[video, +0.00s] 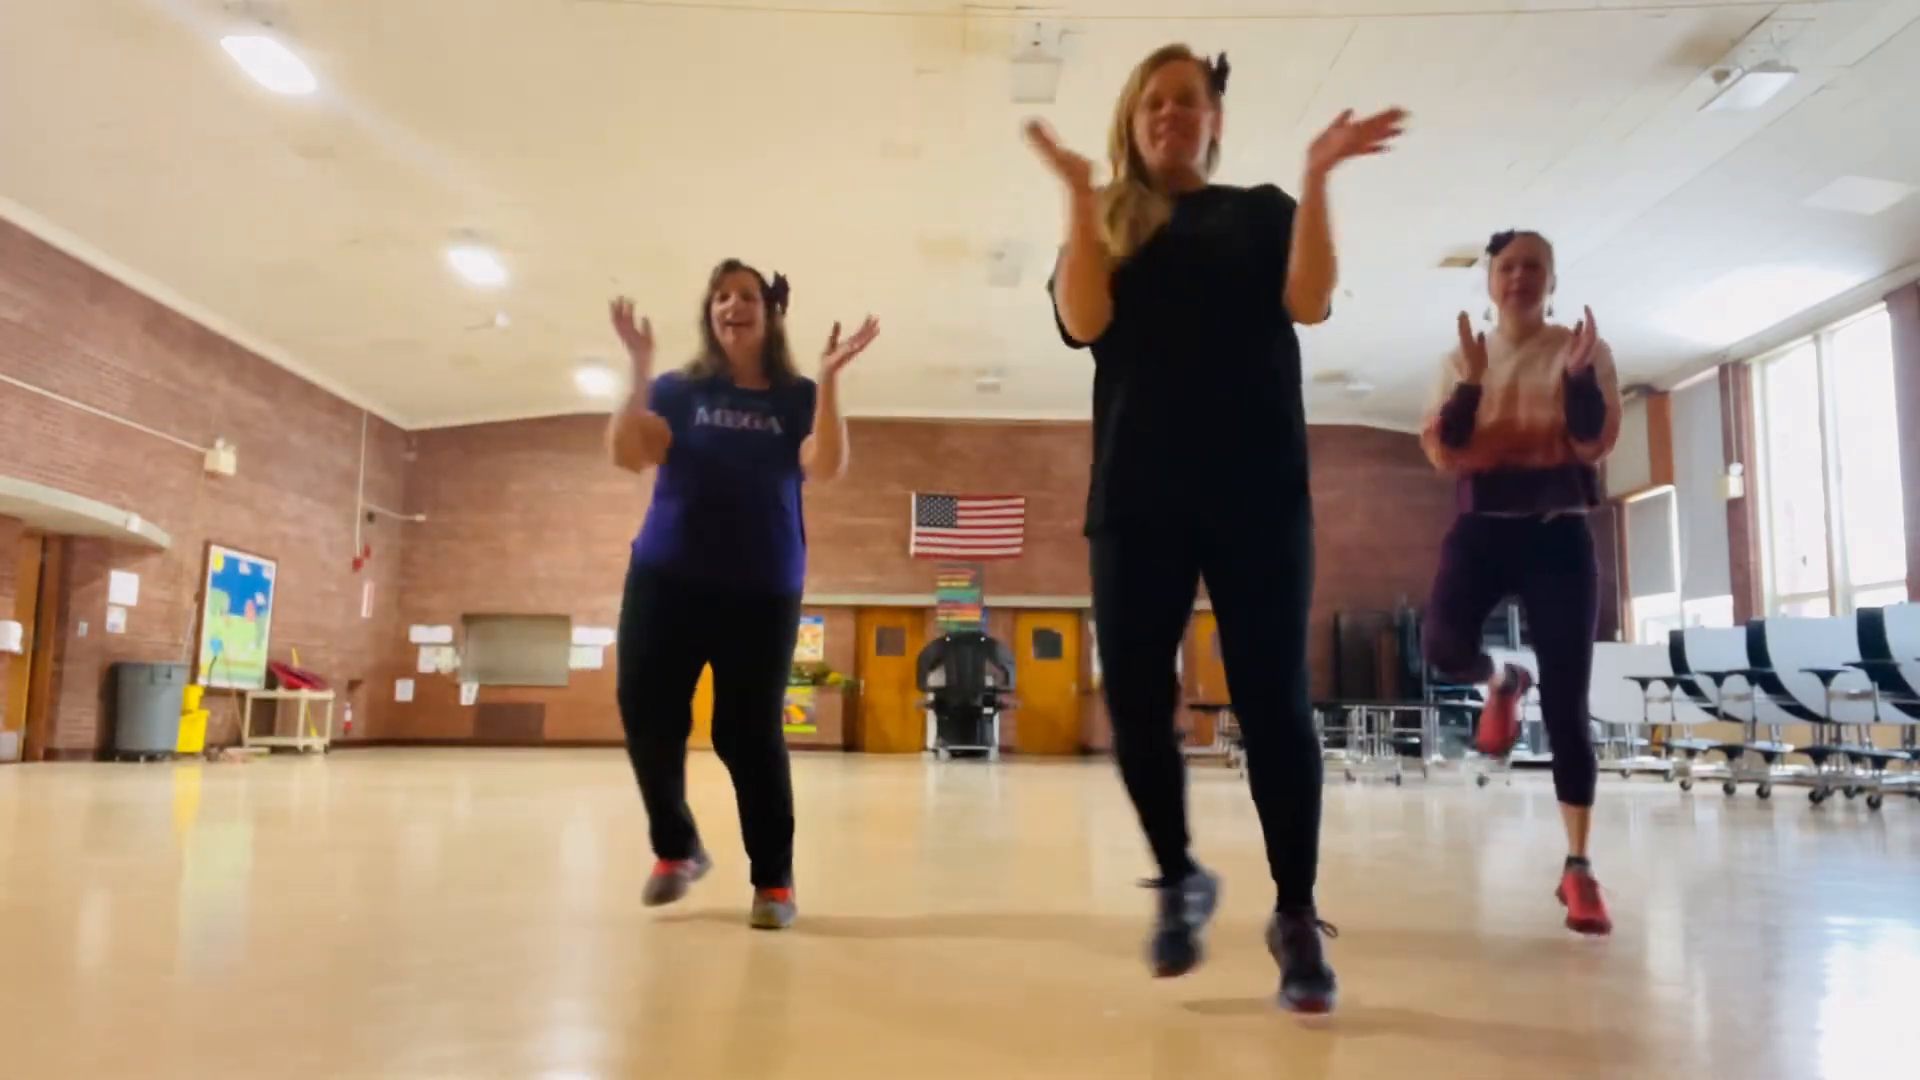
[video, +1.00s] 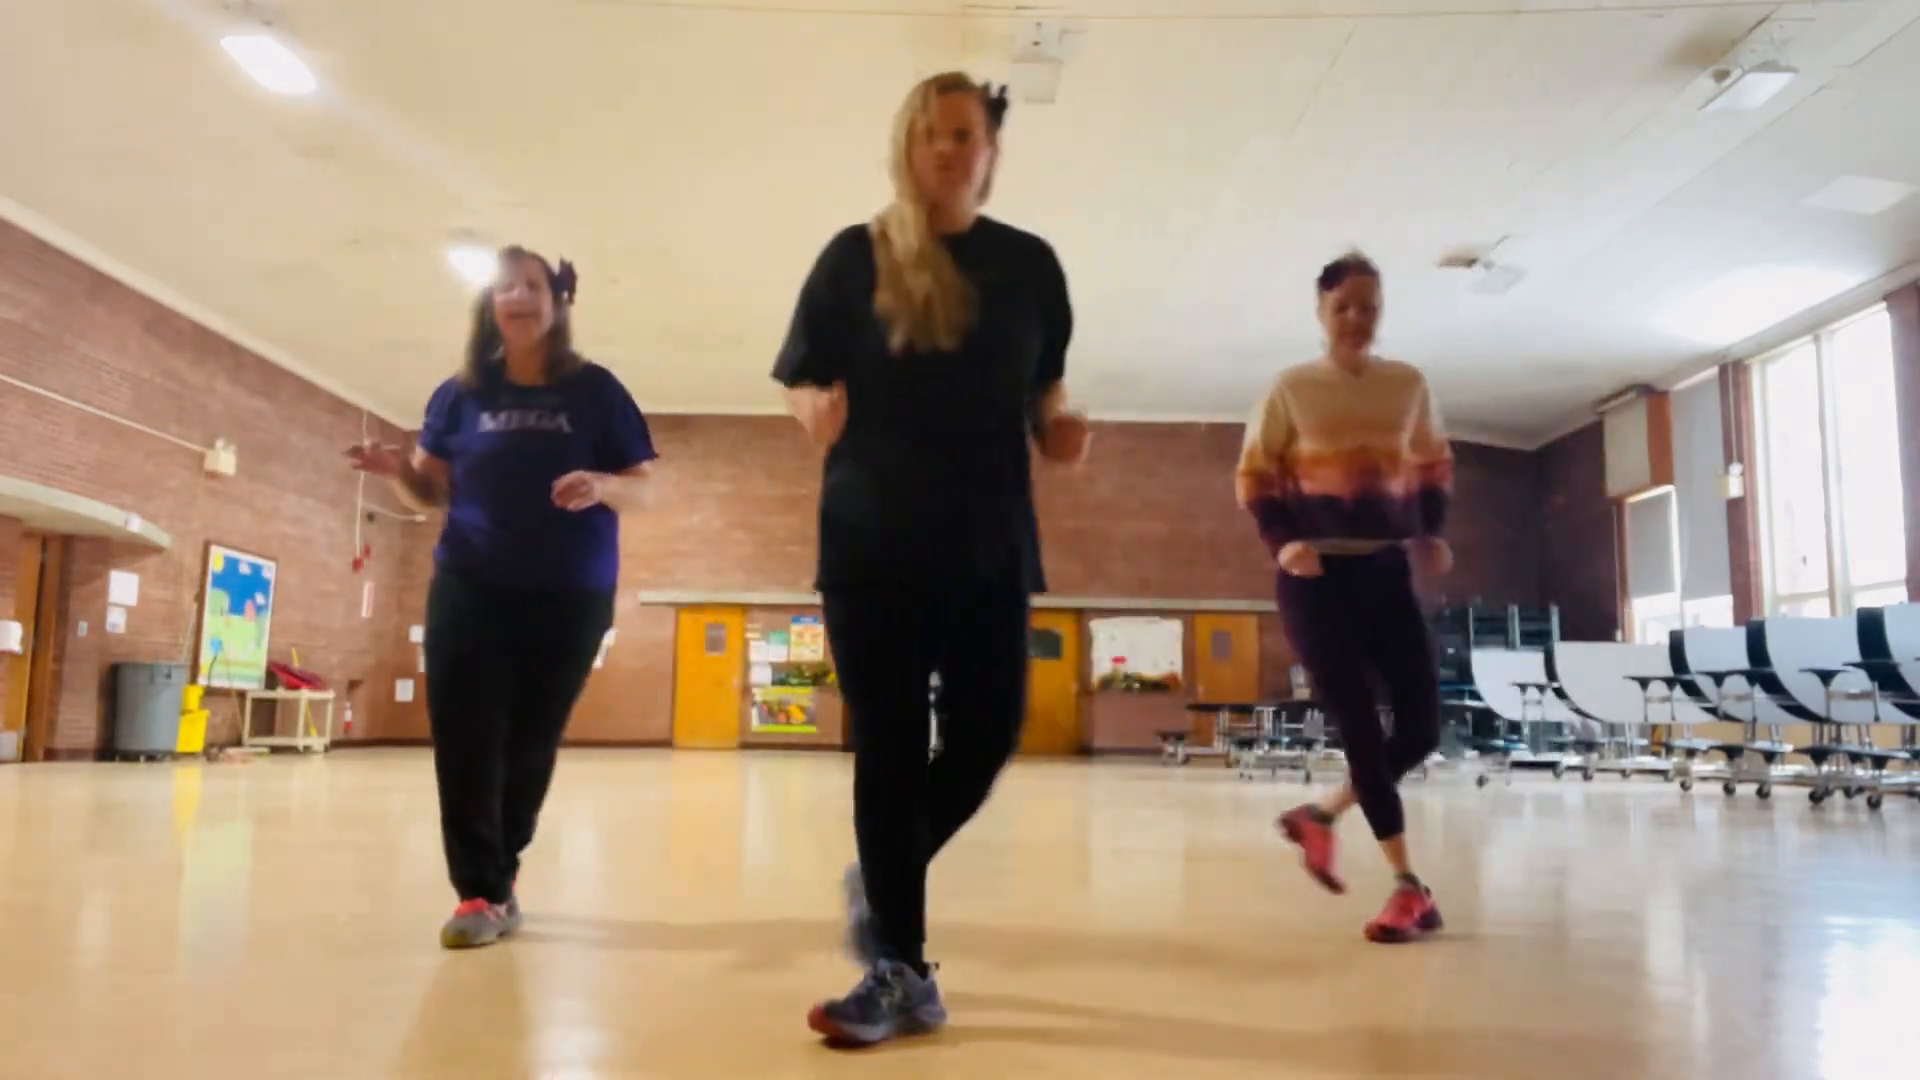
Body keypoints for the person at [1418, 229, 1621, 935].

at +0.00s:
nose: (1519, 276)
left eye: (1532, 266)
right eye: (1508, 266)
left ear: (1549, 280)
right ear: (1489, 278)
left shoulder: (1578, 351)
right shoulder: (1467, 357)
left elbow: (1595, 444)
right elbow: (1442, 455)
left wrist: (1581, 375)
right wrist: (1471, 379)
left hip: (1558, 535)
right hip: (1480, 532)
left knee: (1566, 706)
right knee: (1444, 650)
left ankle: (1578, 866)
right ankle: (1502, 682)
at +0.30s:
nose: (1515, 300)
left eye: (1526, 289)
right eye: (1502, 290)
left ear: (1546, 301)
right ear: (1484, 306)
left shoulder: (1589, 374)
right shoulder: (1459, 388)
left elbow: (1630, 464)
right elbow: (1423, 480)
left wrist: (1584, 456)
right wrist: (1470, 471)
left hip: (1562, 564)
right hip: (1481, 561)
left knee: (1569, 725)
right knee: (1466, 669)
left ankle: (1568, 882)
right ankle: (1486, 762)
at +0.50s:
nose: (1494, 288)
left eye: (1505, 277)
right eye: (1480, 279)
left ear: (1523, 283)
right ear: (1460, 288)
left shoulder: (1563, 358)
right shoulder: (1435, 371)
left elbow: (1598, 452)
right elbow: (1390, 460)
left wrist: (1582, 452)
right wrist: (1415, 460)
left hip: (1536, 543)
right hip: (1454, 545)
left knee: (1556, 704)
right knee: (1443, 692)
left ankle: (1568, 872)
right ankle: (1439, 837)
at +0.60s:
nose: (1479, 319)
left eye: (1490, 306)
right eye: (1466, 308)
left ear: (1508, 312)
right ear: (1445, 317)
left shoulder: (1546, 395)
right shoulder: (1421, 399)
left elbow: (1583, 483)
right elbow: (1378, 484)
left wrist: (1589, 528)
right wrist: (1382, 535)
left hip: (1524, 582)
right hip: (1440, 584)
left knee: (1556, 728)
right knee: (1427, 723)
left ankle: (1563, 886)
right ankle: (1420, 875)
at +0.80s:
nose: (1427, 314)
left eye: (1438, 303)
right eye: (1415, 302)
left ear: (1450, 311)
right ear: (1390, 307)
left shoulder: (1474, 391)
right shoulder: (1355, 391)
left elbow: (1518, 483)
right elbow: (1331, 488)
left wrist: (1539, 563)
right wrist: (1343, 565)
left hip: (1449, 572)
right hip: (1374, 576)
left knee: (1515, 715)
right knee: (1388, 732)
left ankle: (1513, 859)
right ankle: (1414, 889)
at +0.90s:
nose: (1389, 313)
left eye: (1401, 302)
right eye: (1376, 301)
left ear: (1414, 308)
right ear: (1354, 306)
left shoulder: (1439, 385)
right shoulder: (1325, 385)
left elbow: (1475, 471)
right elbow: (1290, 474)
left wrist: (1481, 543)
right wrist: (1316, 546)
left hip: (1415, 569)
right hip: (1346, 572)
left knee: (1480, 714)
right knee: (1374, 724)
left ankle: (1419, 811)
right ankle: (1412, 888)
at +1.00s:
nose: (1355, 318)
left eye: (1366, 307)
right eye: (1342, 307)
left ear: (1381, 312)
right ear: (1321, 311)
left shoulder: (1406, 387)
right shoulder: (1290, 392)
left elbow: (1431, 467)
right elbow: (1253, 477)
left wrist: (1431, 532)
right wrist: (1282, 541)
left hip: (1385, 570)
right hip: (1315, 575)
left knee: (1420, 728)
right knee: (1360, 728)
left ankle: (1318, 815)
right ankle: (1408, 885)